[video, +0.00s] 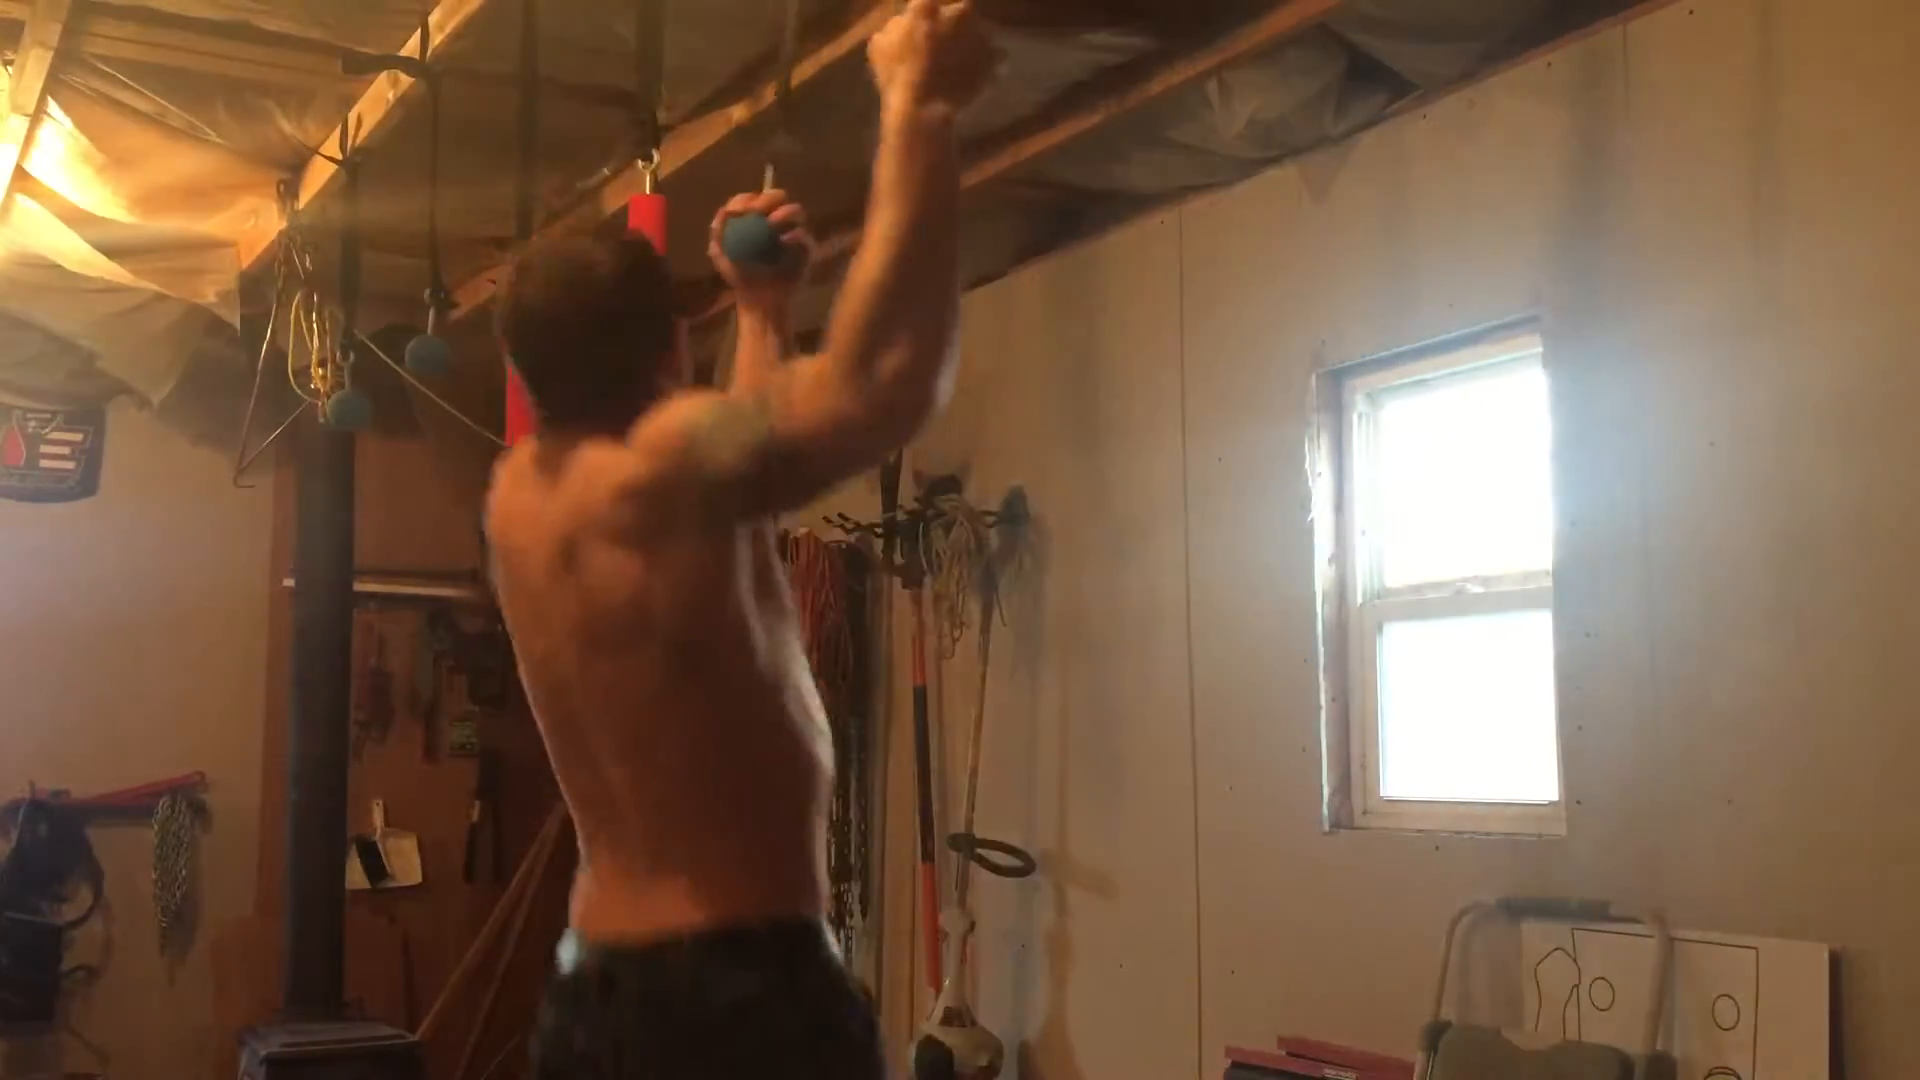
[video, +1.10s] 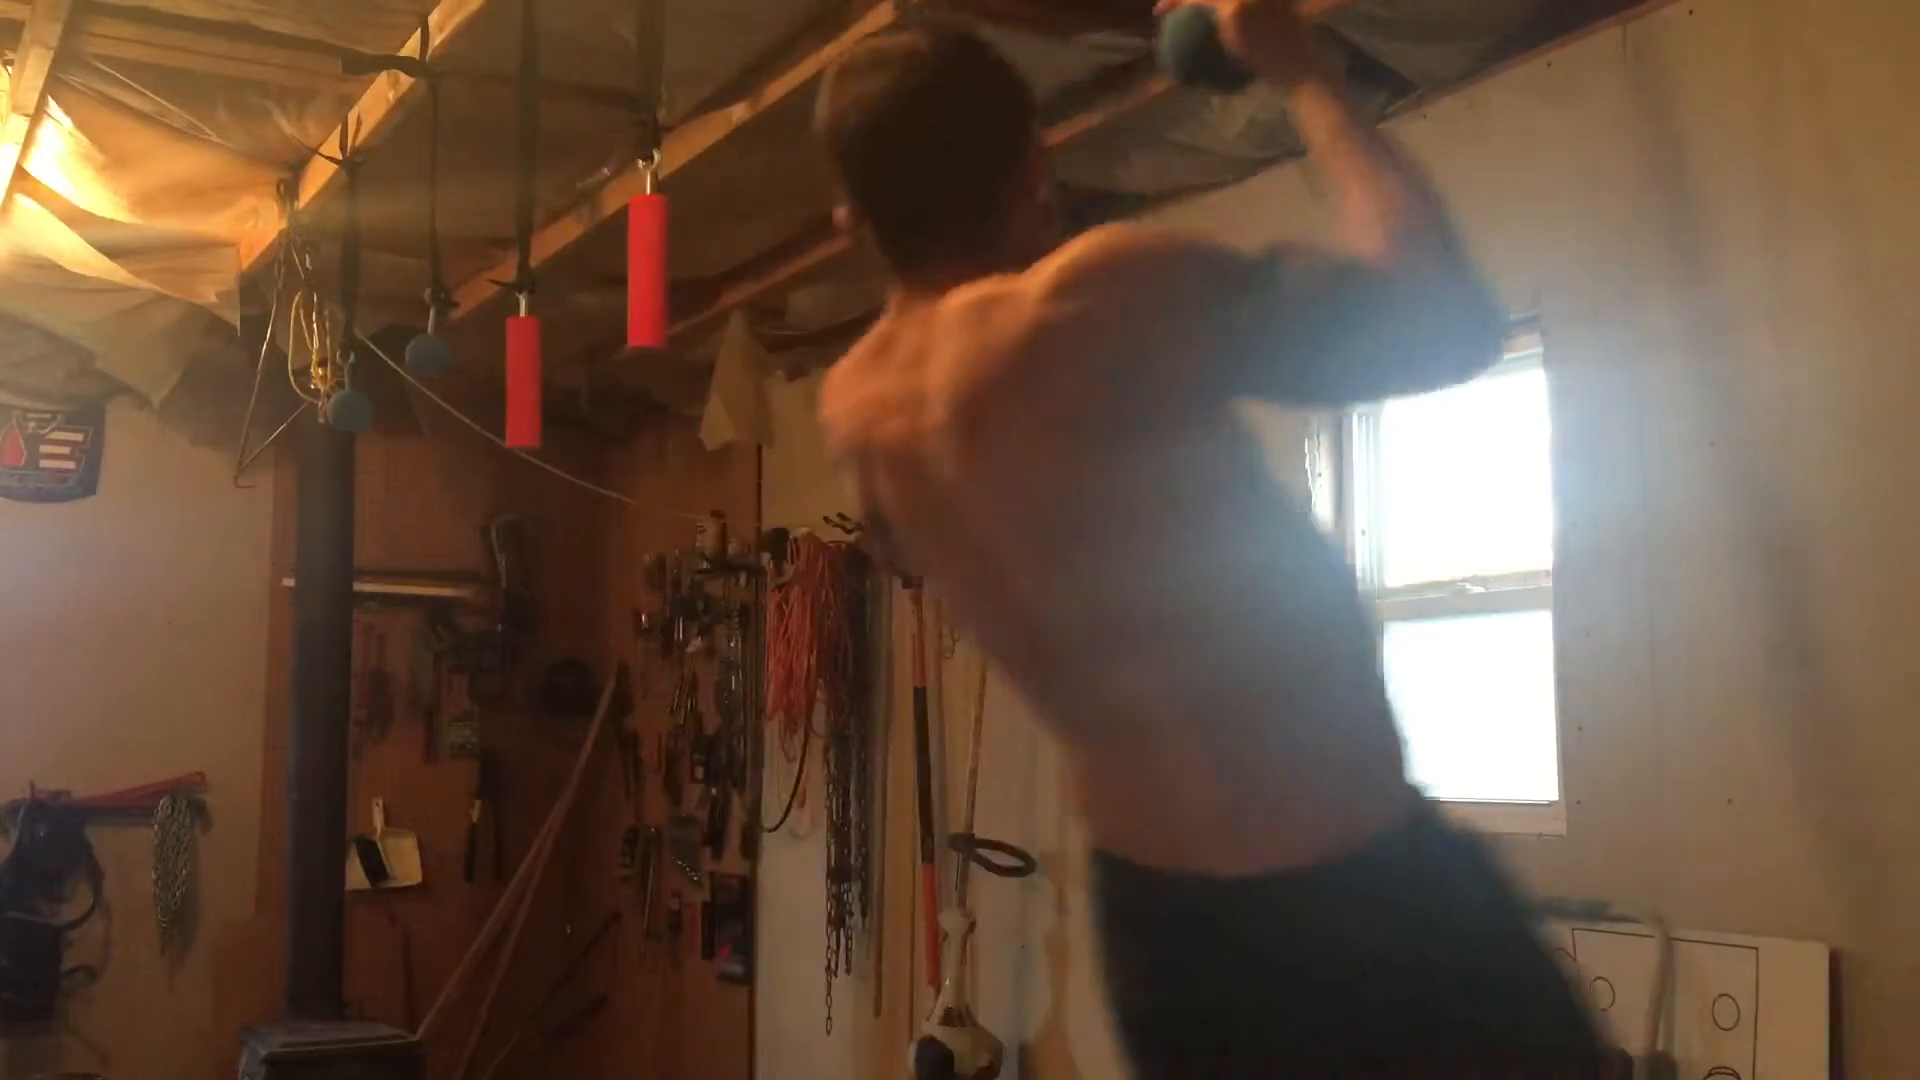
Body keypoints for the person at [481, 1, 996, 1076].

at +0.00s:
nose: (693, 352)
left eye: (680, 328)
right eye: (681, 328)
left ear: (523, 367)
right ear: (666, 342)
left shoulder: (513, 495)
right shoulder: (678, 460)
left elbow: (750, 467)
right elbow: (879, 390)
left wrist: (761, 304)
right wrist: (919, 108)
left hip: (596, 984)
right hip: (751, 981)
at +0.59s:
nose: (741, 288)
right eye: (732, 266)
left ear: (586, 326)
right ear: (715, 298)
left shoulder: (576, 451)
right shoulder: (746, 438)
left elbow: (719, 443)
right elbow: (1015, 402)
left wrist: (750, 294)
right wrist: (1001, 133)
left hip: (694, 917)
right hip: (826, 964)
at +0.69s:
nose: (782, 275)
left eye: (784, 253)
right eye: (777, 258)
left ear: (632, 314)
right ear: (766, 290)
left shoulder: (619, 451)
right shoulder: (802, 434)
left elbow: (717, 402)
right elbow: (1083, 402)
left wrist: (779, 276)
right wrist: (1045, 137)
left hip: (765, 923)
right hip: (911, 959)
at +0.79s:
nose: (853, 266)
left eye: (846, 240)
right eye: (846, 243)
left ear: (688, 290)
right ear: (827, 268)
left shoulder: (668, 446)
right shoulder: (877, 410)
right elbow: (1166, 399)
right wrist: (1098, 137)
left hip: (860, 933)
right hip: (1014, 956)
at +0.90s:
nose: (913, 251)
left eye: (899, 221)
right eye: (902, 222)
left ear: (749, 279)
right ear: (887, 241)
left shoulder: (725, 441)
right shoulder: (956, 374)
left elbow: (774, 338)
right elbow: (1250, 390)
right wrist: (1161, 132)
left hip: (949, 933)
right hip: (1125, 941)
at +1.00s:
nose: (982, 196)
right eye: (976, 179)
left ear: (802, 250)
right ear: (966, 202)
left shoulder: (790, 427)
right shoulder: (1035, 343)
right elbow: (1351, 366)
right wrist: (1235, 111)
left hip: (1051, 942)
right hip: (1248, 935)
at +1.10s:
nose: (1046, 166)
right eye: (1037, 144)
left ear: (853, 225)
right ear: (1031, 173)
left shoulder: (855, 407)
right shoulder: (1117, 294)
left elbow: (916, 561)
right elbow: (1445, 319)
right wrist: (1305, 79)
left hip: (1155, 929)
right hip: (1363, 903)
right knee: (1557, 1064)